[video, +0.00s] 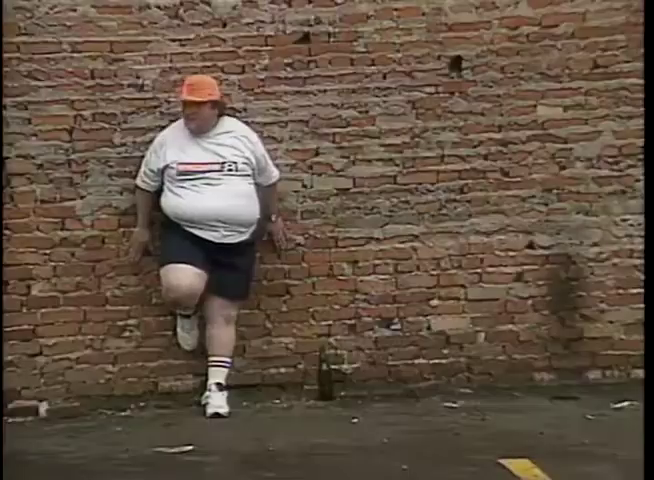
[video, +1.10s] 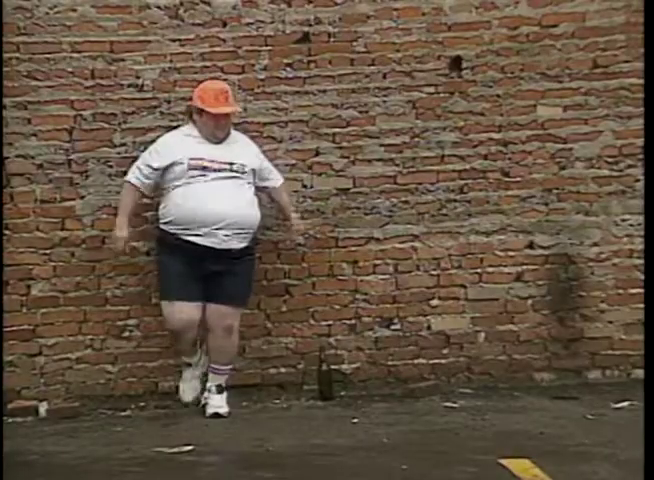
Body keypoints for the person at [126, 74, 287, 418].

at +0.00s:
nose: (189, 111)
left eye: (196, 105)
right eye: (186, 105)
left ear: (216, 106)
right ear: (181, 106)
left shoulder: (243, 137)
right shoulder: (167, 140)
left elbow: (268, 181)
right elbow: (145, 185)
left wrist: (273, 219)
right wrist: (142, 227)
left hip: (235, 238)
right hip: (183, 232)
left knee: (223, 313)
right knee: (183, 288)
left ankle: (216, 386)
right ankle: (187, 316)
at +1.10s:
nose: (223, 121)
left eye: (227, 114)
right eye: (215, 115)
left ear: (234, 114)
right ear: (196, 114)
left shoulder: (245, 147)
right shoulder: (172, 144)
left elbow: (273, 182)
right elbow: (135, 181)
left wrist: (291, 215)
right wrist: (122, 225)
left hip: (234, 250)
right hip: (180, 245)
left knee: (224, 322)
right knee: (182, 319)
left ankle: (217, 387)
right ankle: (192, 361)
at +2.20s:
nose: (183, 115)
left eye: (190, 108)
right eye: (177, 108)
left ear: (207, 104)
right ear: (170, 106)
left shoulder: (232, 130)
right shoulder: (160, 136)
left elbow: (265, 160)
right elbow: (133, 178)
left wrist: (273, 171)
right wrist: (117, 205)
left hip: (230, 246)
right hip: (174, 244)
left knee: (229, 319)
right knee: (177, 316)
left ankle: (235, 396)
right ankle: (181, 396)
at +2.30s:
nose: (174, 109)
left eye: (182, 103)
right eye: (170, 102)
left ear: (202, 102)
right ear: (164, 102)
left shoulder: (226, 129)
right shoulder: (155, 135)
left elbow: (262, 160)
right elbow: (128, 174)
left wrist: (267, 178)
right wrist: (110, 195)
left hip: (226, 245)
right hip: (170, 246)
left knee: (230, 322)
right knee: (179, 324)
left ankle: (235, 398)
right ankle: (182, 405)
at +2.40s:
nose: (174, 114)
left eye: (182, 108)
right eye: (169, 107)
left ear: (199, 107)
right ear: (161, 105)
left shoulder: (221, 138)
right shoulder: (149, 141)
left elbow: (253, 175)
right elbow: (126, 180)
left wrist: (254, 195)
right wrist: (113, 196)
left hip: (222, 246)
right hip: (163, 246)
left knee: (242, 317)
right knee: (173, 326)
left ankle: (237, 388)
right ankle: (181, 405)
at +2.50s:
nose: (179, 127)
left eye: (186, 120)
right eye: (172, 120)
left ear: (197, 117)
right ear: (161, 118)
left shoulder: (218, 146)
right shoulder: (146, 148)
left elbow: (249, 185)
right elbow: (126, 185)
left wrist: (247, 207)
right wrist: (109, 205)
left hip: (220, 248)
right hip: (161, 250)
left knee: (244, 316)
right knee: (170, 329)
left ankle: (236, 381)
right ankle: (181, 405)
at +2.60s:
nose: (188, 121)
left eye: (193, 114)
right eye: (180, 115)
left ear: (202, 107)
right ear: (164, 111)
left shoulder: (218, 139)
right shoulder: (143, 143)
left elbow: (246, 176)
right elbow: (122, 180)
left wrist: (244, 202)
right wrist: (119, 210)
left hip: (216, 244)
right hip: (158, 245)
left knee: (226, 315)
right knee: (171, 325)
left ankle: (232, 393)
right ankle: (181, 404)